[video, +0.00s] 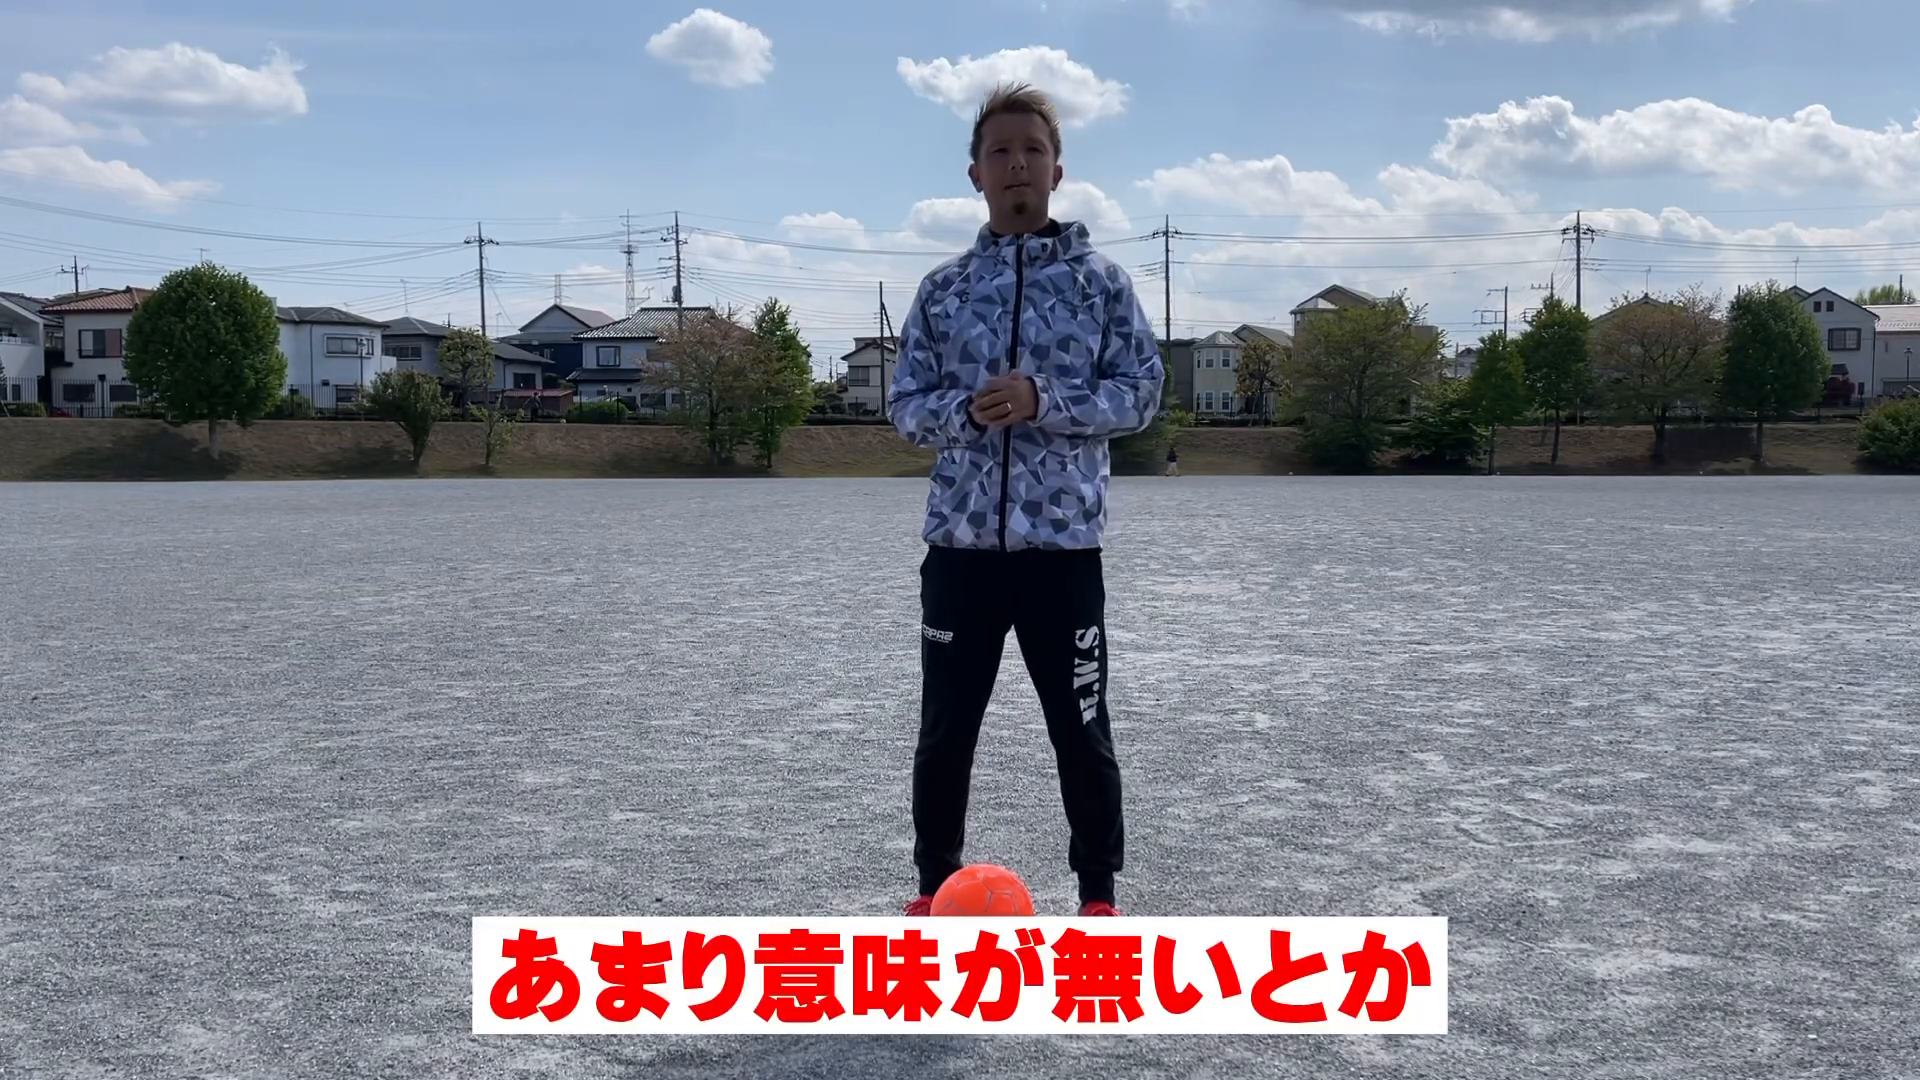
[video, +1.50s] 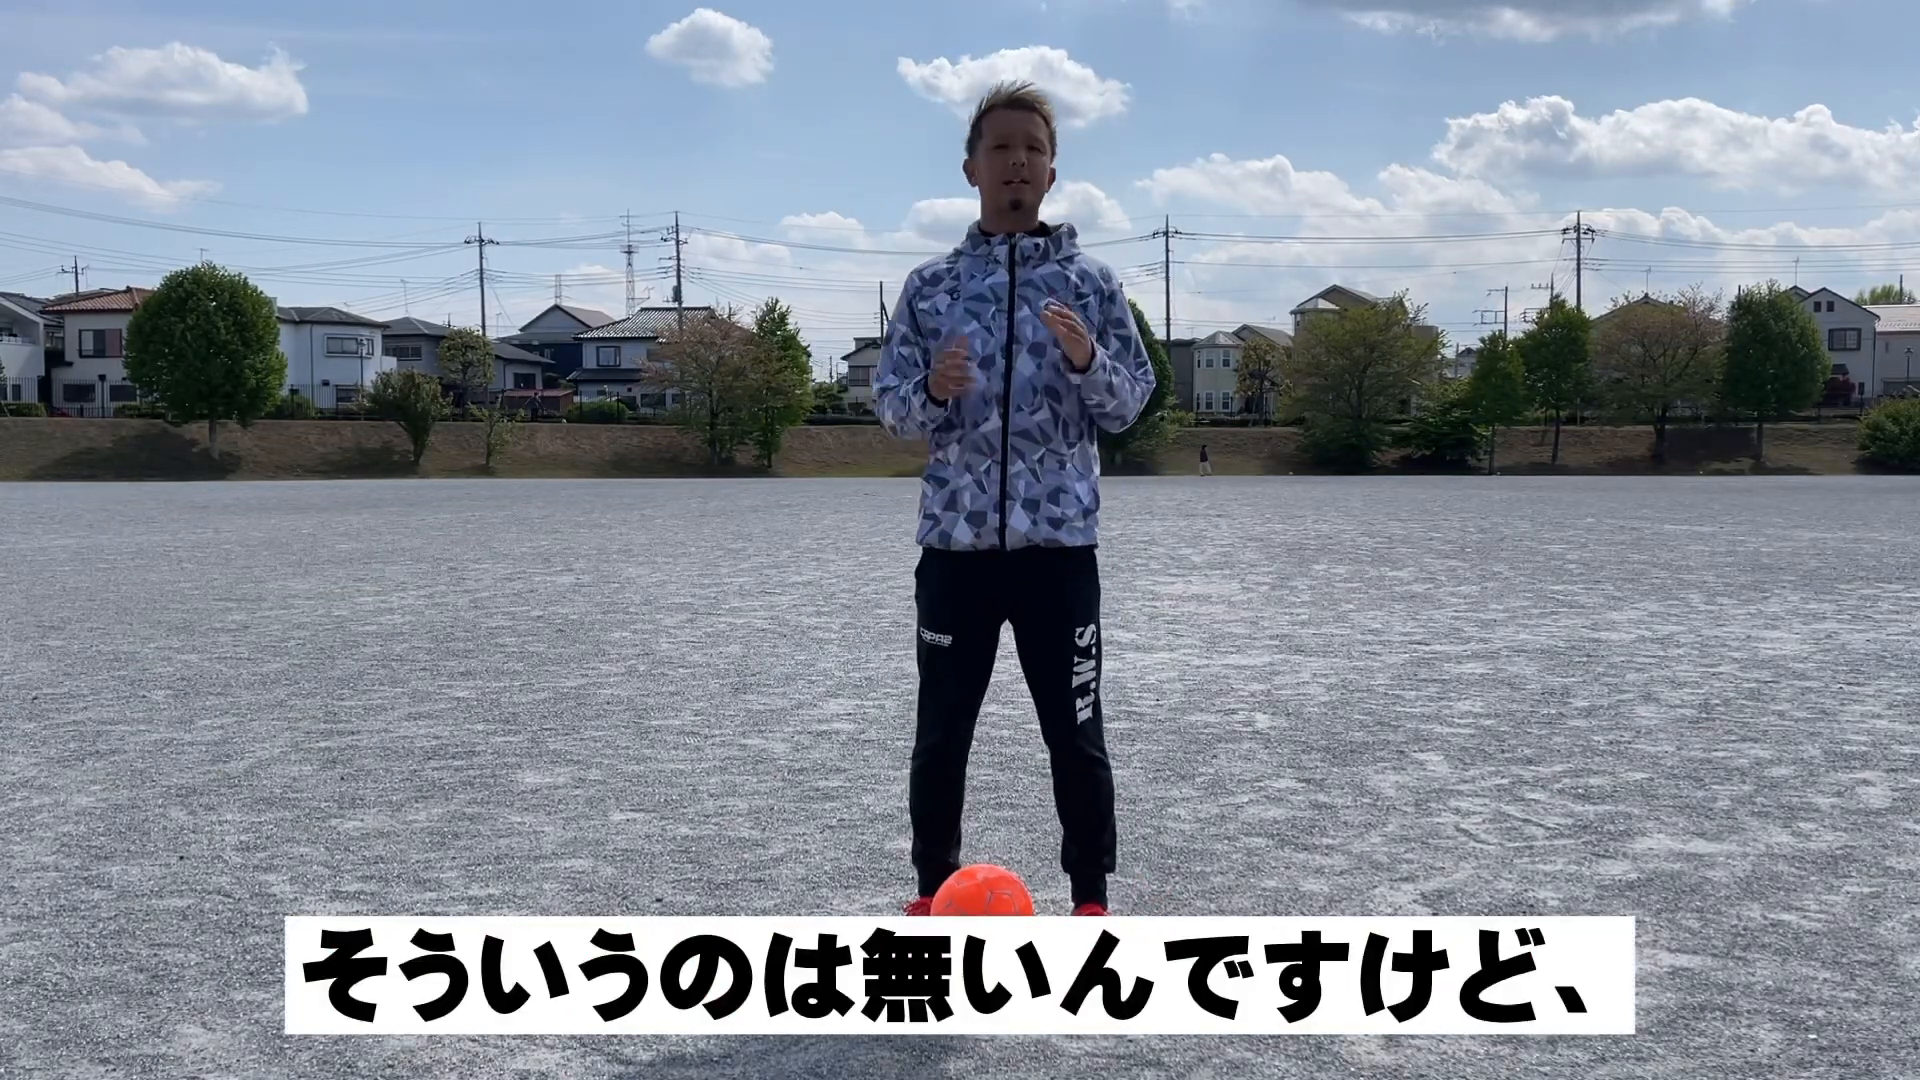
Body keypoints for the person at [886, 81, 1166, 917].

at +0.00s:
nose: (1016, 162)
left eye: (1033, 149)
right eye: (999, 150)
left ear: (1057, 167)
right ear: (977, 169)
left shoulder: (1099, 280)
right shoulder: (942, 288)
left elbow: (1140, 392)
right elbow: (907, 406)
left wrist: (1047, 400)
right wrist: (962, 409)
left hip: (1061, 540)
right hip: (960, 540)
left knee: (1080, 728)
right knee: (944, 732)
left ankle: (1097, 897)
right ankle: (935, 897)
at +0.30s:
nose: (967, 161)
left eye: (982, 147)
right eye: (949, 150)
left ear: (1007, 167)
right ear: (927, 173)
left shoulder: (1054, 279)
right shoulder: (897, 291)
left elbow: (1096, 390)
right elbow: (864, 407)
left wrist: (1009, 398)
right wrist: (923, 408)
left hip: (1022, 537)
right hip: (923, 540)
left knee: (1059, 723)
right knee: (925, 731)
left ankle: (1099, 895)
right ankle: (930, 895)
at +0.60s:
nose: (924, 172)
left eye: (936, 155)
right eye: (904, 160)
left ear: (957, 167)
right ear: (877, 181)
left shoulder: (1010, 272)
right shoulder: (857, 296)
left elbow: (1064, 370)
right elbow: (836, 422)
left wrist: (1004, 404)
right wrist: (925, 419)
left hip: (1012, 533)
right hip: (912, 540)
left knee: (1059, 705)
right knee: (915, 726)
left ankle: (1096, 884)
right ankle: (927, 892)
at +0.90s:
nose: (900, 179)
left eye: (912, 161)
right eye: (881, 167)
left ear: (937, 166)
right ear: (858, 185)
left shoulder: (1000, 267)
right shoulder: (847, 301)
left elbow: (1057, 369)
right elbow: (827, 426)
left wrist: (987, 403)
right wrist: (906, 427)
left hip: (1013, 532)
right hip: (911, 545)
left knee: (1075, 702)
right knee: (917, 726)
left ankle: (1133, 875)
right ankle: (929, 889)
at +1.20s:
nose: (929, 175)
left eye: (941, 158)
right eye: (909, 165)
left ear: (965, 166)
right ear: (885, 184)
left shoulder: (1024, 271)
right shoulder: (869, 297)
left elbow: (1078, 377)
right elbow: (846, 420)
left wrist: (1002, 416)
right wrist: (915, 427)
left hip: (1020, 534)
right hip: (922, 543)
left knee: (1063, 716)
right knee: (924, 729)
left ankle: (1104, 893)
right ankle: (929, 893)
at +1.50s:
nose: (1019, 163)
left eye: (1034, 149)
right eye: (1000, 149)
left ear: (1052, 168)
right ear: (972, 166)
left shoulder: (1090, 283)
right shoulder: (930, 286)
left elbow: (1130, 399)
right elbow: (892, 399)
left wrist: (1091, 361)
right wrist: (928, 388)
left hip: (1056, 536)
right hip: (956, 537)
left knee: (1075, 729)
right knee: (941, 729)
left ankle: (1088, 898)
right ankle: (934, 893)